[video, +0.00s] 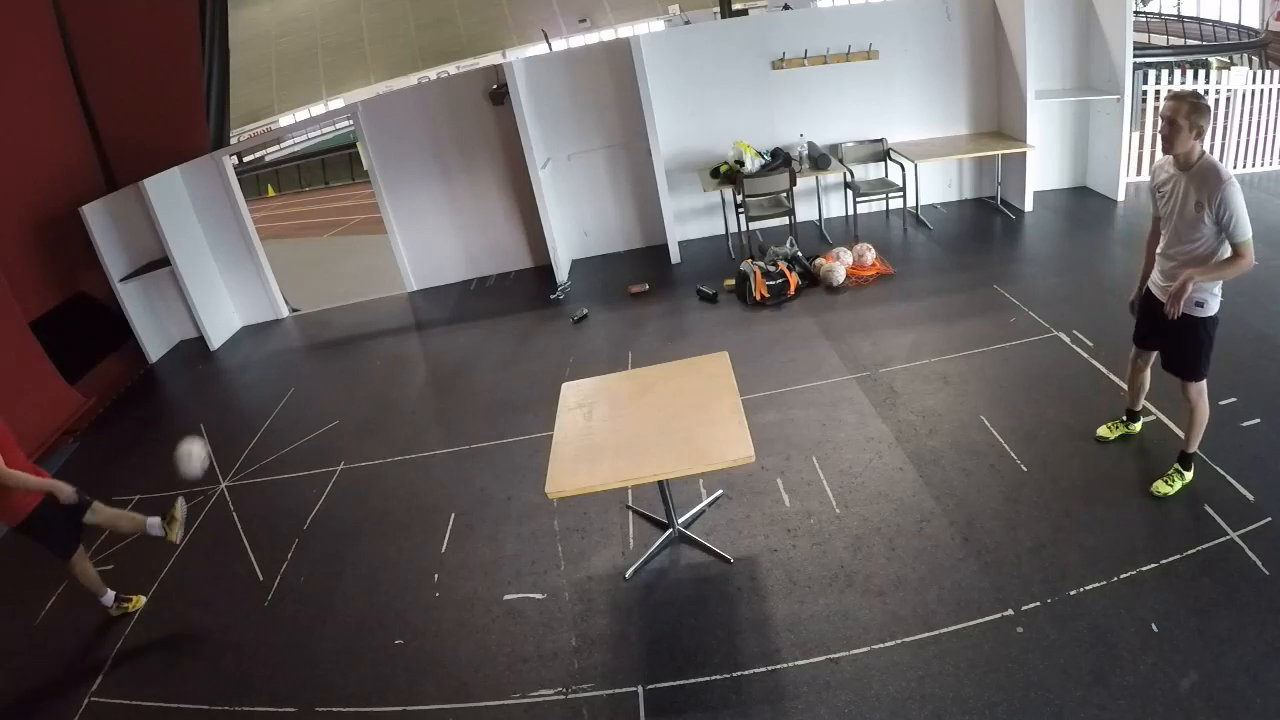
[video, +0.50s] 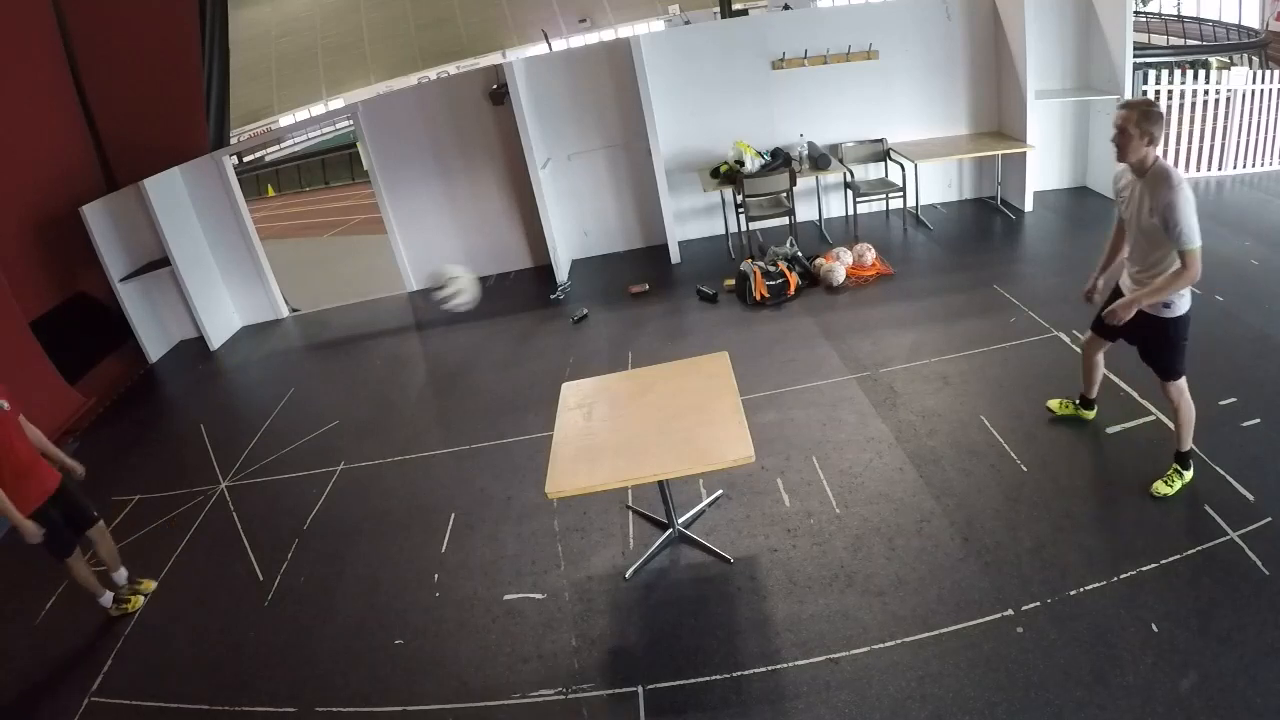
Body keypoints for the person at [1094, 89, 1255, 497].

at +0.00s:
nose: (1162, 128)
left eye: (1172, 124)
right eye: (1162, 120)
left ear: (1198, 132)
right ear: (1161, 122)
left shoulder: (1221, 185)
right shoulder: (1160, 171)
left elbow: (1245, 259)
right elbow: (1155, 231)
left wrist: (1191, 275)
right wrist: (1141, 283)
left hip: (1195, 305)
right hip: (1156, 291)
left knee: (1193, 388)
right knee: (1139, 358)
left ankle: (1185, 463)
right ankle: (1131, 419)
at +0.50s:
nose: (1115, 137)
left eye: (1124, 133)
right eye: (1116, 130)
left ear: (1149, 141)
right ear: (1124, 135)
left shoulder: (1172, 190)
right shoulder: (1123, 177)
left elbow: (1191, 269)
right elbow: (1122, 231)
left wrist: (1136, 300)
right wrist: (1100, 276)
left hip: (1166, 307)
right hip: (1127, 291)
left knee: (1174, 389)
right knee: (1091, 347)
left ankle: (1183, 463)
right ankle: (1086, 404)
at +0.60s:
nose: (1089, 139)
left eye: (1097, 133)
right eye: (1090, 131)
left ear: (1122, 139)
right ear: (1110, 138)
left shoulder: (1147, 190)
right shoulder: (1104, 179)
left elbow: (1175, 266)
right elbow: (1097, 231)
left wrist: (1141, 320)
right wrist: (1071, 273)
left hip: (1141, 303)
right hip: (1106, 287)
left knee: (1150, 387)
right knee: (1075, 344)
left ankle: (1177, 458)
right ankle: (1082, 405)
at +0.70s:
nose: (1065, 136)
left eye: (1072, 130)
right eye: (1065, 129)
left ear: (1098, 135)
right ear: (1083, 133)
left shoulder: (1123, 183)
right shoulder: (1082, 173)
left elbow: (1157, 249)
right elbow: (1075, 224)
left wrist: (1156, 316)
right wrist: (1044, 268)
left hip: (1121, 294)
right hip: (1090, 279)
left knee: (1100, 377)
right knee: (1067, 342)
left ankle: (1148, 436)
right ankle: (1081, 406)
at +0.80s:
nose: (1045, 125)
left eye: (1053, 119)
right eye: (1046, 117)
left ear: (1078, 124)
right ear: (1067, 123)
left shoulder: (1109, 171)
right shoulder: (1061, 162)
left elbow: (1149, 234)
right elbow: (1054, 211)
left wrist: (1159, 296)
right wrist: (1023, 254)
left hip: (1100, 283)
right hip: (1073, 272)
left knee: (1063, 361)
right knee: (1071, 346)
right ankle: (1082, 403)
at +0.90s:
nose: (1030, 119)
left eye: (1038, 112)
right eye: (1031, 111)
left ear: (1063, 116)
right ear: (1054, 117)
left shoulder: (1096, 165)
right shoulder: (1046, 157)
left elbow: (1134, 228)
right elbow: (1043, 207)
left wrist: (1149, 288)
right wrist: (1014, 246)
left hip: (1079, 275)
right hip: (1051, 264)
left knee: (1040, 345)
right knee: (1036, 329)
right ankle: (1066, 383)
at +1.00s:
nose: (1018, 132)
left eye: (1024, 125)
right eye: (1018, 124)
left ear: (1049, 127)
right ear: (1042, 128)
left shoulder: (1078, 175)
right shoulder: (1039, 161)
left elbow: (1110, 245)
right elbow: (1040, 217)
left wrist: (1124, 310)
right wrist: (1014, 250)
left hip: (1055, 285)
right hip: (1028, 267)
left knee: (1013, 348)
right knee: (986, 323)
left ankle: (1024, 417)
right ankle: (1029, 367)